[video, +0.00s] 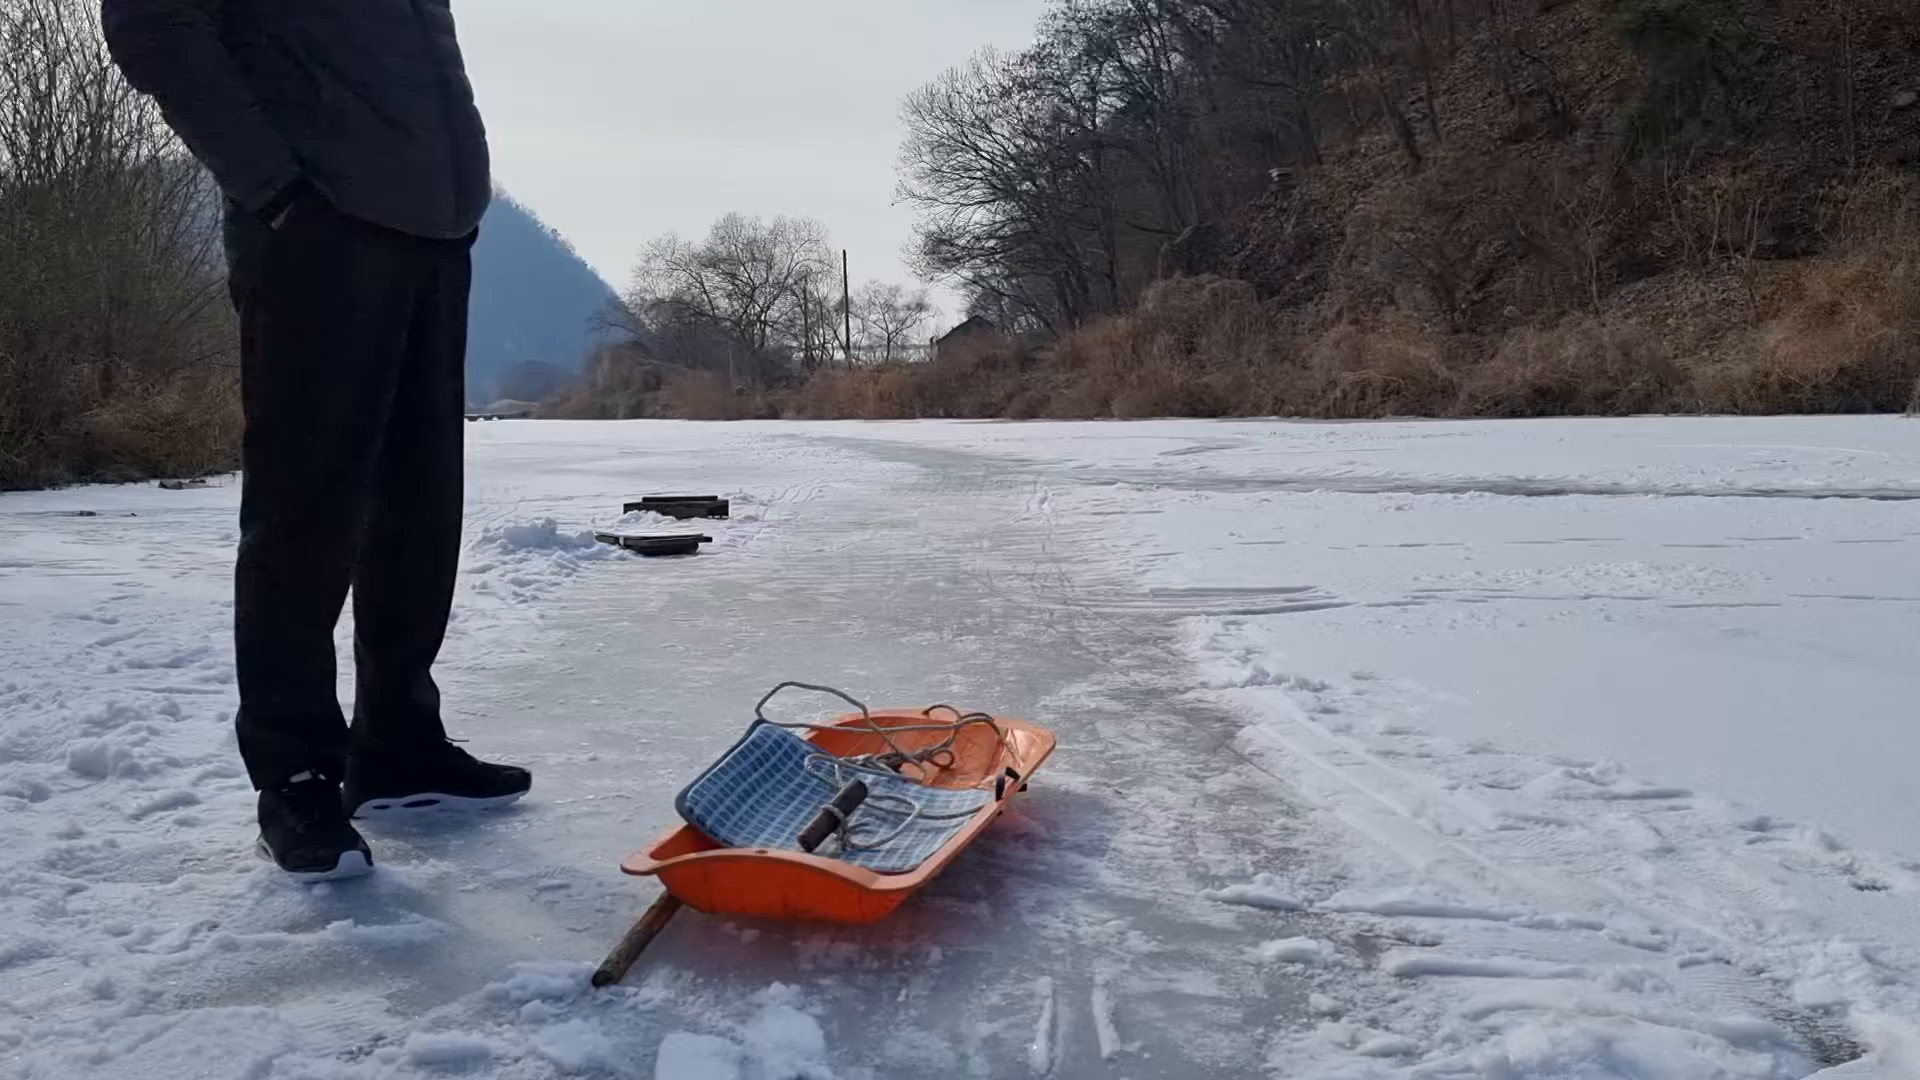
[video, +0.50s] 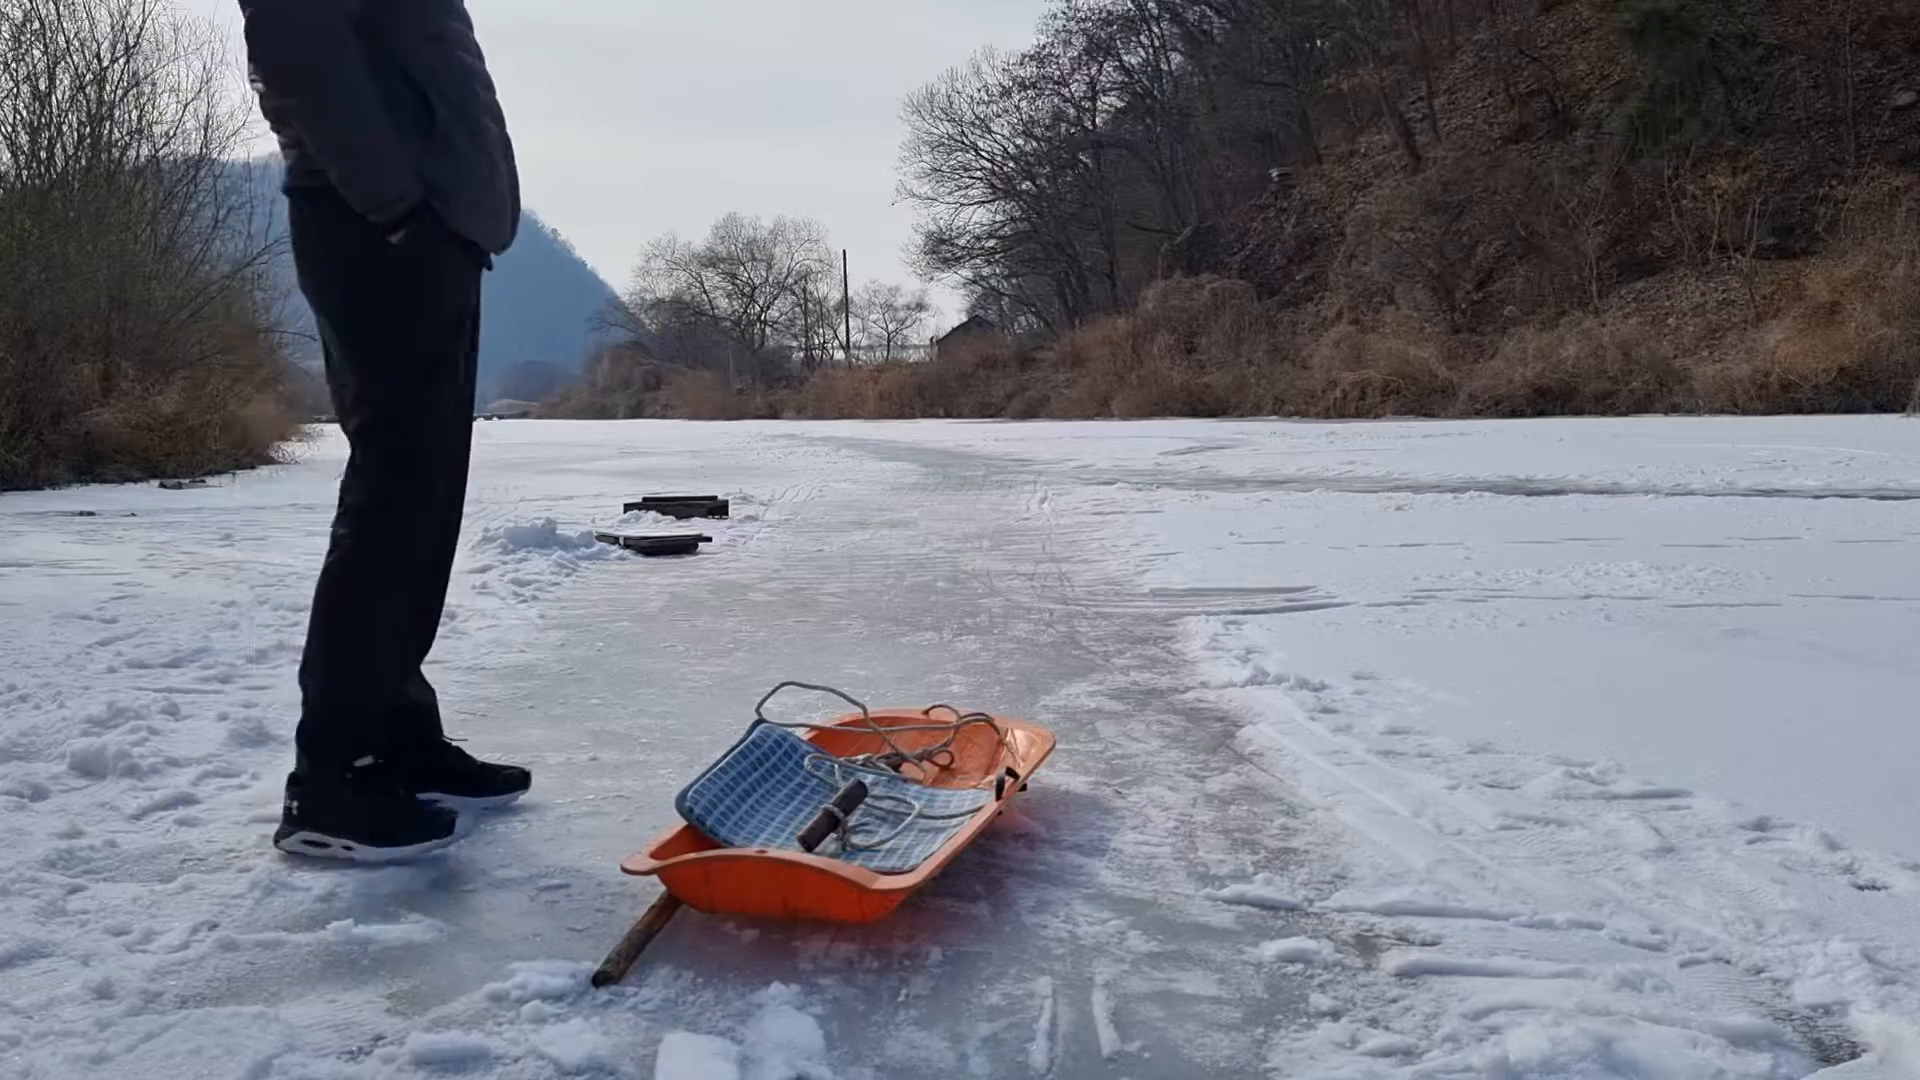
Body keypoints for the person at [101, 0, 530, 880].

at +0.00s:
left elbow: (421, 30)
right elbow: (146, 20)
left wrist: (456, 164)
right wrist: (273, 188)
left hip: (433, 216)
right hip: (310, 214)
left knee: (416, 506)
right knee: (303, 511)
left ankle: (400, 747)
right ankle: (297, 783)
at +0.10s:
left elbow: (424, 31)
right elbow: (174, 22)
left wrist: (462, 164)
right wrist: (294, 189)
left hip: (441, 213)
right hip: (325, 211)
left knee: (417, 493)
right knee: (317, 499)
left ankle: (396, 744)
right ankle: (299, 779)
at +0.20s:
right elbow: (202, 24)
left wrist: (467, 169)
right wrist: (318, 187)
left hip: (441, 208)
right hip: (333, 204)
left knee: (419, 494)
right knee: (331, 498)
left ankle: (394, 745)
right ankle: (300, 783)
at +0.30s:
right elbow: (235, 30)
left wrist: (477, 177)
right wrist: (344, 191)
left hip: (448, 216)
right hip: (349, 210)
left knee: (425, 494)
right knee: (345, 495)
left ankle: (393, 745)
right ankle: (302, 781)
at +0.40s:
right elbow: (262, 31)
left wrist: (478, 191)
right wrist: (369, 194)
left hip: (442, 222)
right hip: (363, 216)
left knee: (429, 498)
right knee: (369, 496)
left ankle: (397, 745)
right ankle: (308, 783)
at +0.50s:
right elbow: (292, 41)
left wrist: (471, 191)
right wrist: (392, 200)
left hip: (432, 222)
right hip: (375, 221)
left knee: (425, 491)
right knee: (395, 491)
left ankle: (401, 743)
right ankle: (333, 783)